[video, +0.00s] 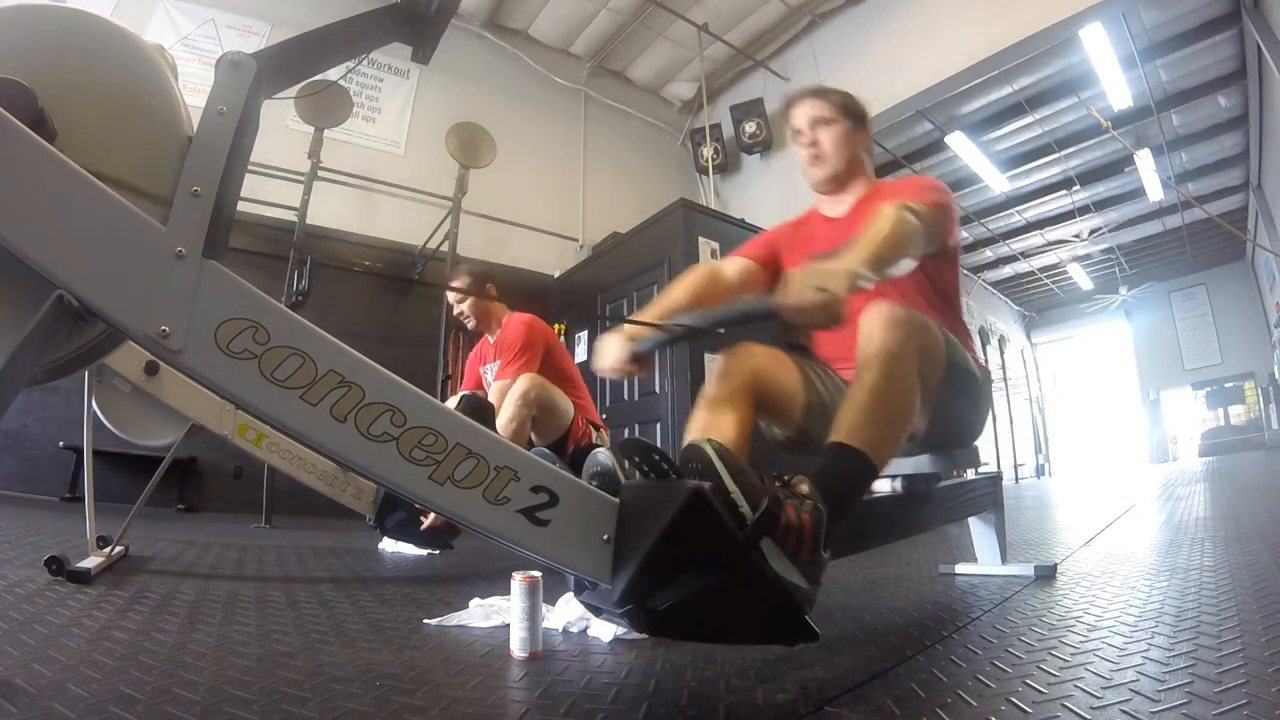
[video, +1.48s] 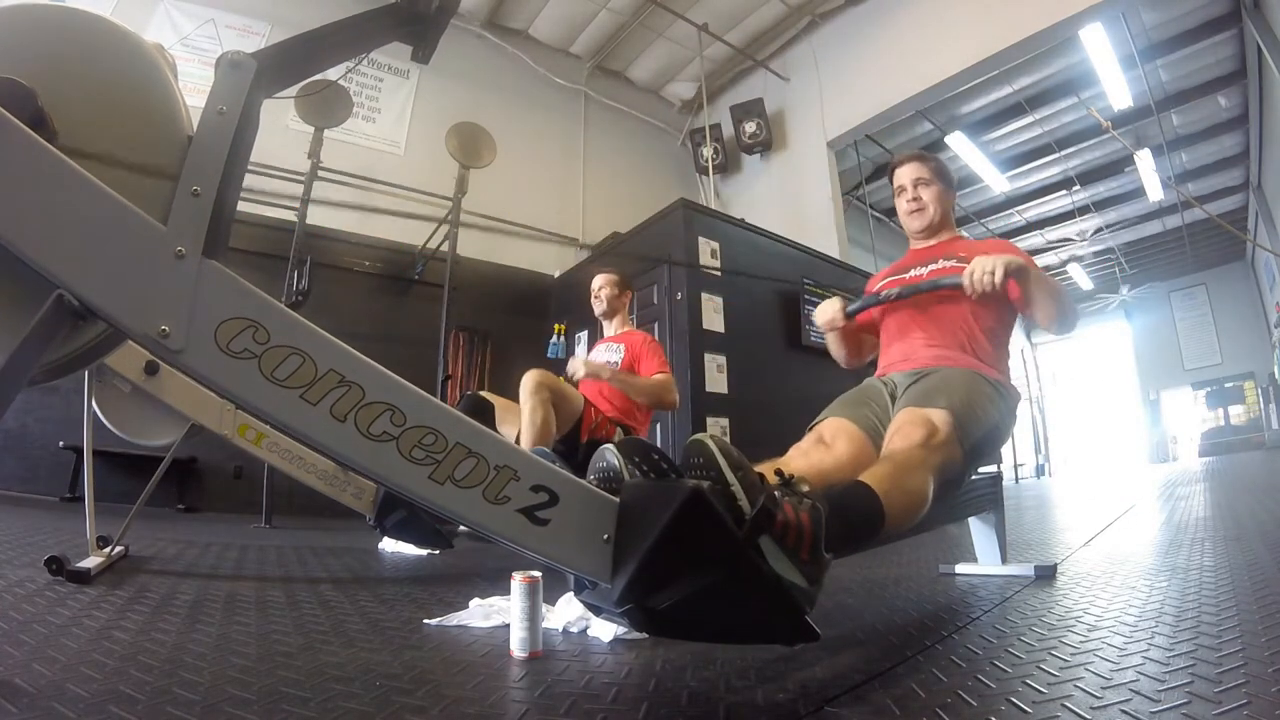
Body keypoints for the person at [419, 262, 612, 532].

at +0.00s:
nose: (457, 312)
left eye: (461, 301)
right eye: (452, 306)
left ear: (490, 291)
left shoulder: (523, 327)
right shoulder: (477, 354)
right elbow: (464, 414)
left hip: (582, 439)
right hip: (530, 444)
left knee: (528, 387)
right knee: (457, 404)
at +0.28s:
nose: (481, 296)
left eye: (488, 286)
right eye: (478, 291)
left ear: (516, 282)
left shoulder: (552, 323)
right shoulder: (503, 340)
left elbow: (536, 388)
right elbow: (490, 399)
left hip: (585, 440)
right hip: (529, 438)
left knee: (531, 389)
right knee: (454, 403)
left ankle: (489, 474)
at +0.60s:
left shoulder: (591, 325)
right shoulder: (541, 338)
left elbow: (595, 380)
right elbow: (512, 401)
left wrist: (538, 342)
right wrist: (459, 373)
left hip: (588, 445)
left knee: (540, 391)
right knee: (470, 405)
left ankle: (485, 479)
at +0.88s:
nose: (566, 286)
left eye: (575, 279)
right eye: (564, 282)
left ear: (601, 286)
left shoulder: (622, 333)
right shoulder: (567, 346)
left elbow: (658, 352)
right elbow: (533, 387)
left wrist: (632, 305)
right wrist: (538, 346)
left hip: (600, 438)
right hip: (555, 433)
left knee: (527, 379)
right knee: (472, 406)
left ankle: (493, 464)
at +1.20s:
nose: (585, 294)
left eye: (592, 287)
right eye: (582, 291)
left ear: (617, 292)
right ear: (582, 301)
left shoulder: (638, 339)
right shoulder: (587, 342)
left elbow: (670, 380)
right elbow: (560, 391)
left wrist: (669, 326)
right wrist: (574, 355)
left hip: (603, 432)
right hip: (564, 427)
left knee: (532, 370)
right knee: (476, 401)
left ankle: (491, 461)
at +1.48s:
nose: (595, 295)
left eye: (602, 289)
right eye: (593, 292)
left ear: (626, 297)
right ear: (592, 303)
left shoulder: (641, 341)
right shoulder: (596, 349)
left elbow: (669, 397)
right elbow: (591, 404)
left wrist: (605, 373)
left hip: (613, 436)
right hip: (574, 431)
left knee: (537, 380)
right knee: (477, 403)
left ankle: (530, 476)